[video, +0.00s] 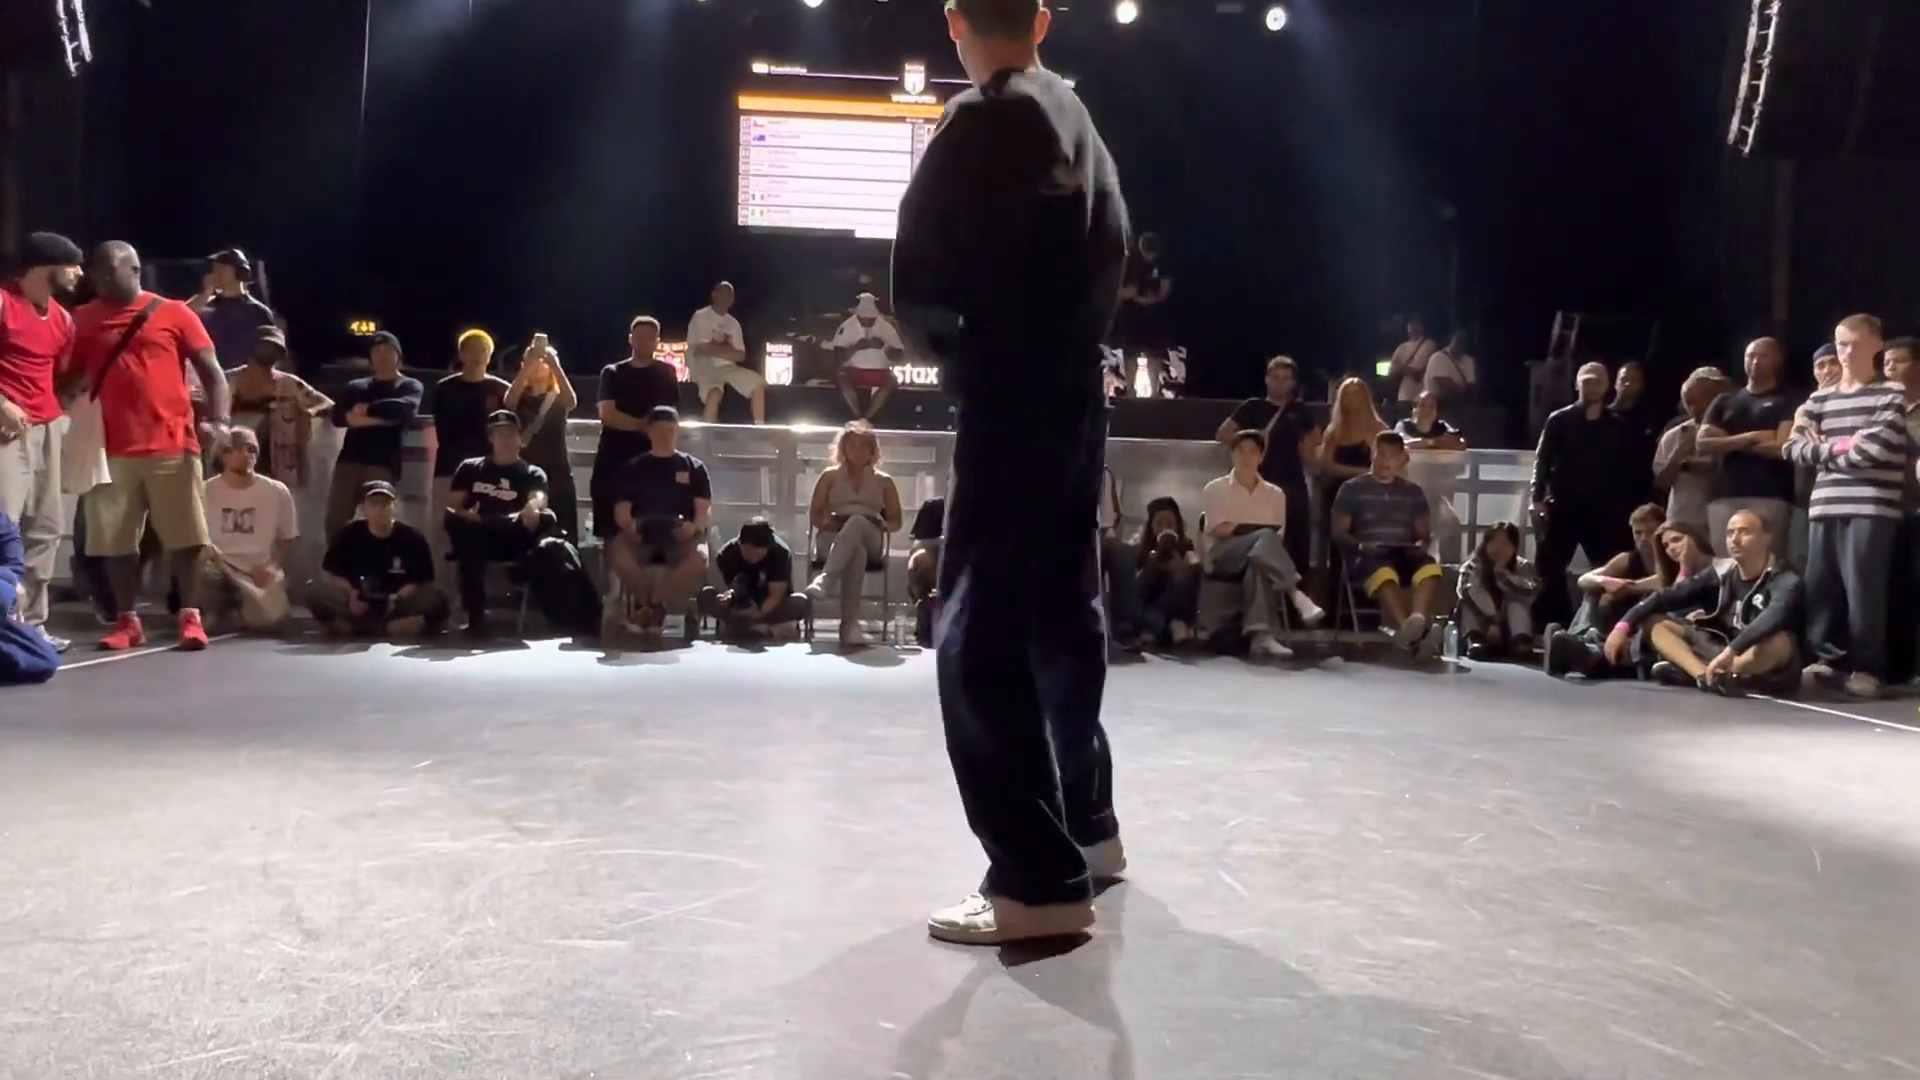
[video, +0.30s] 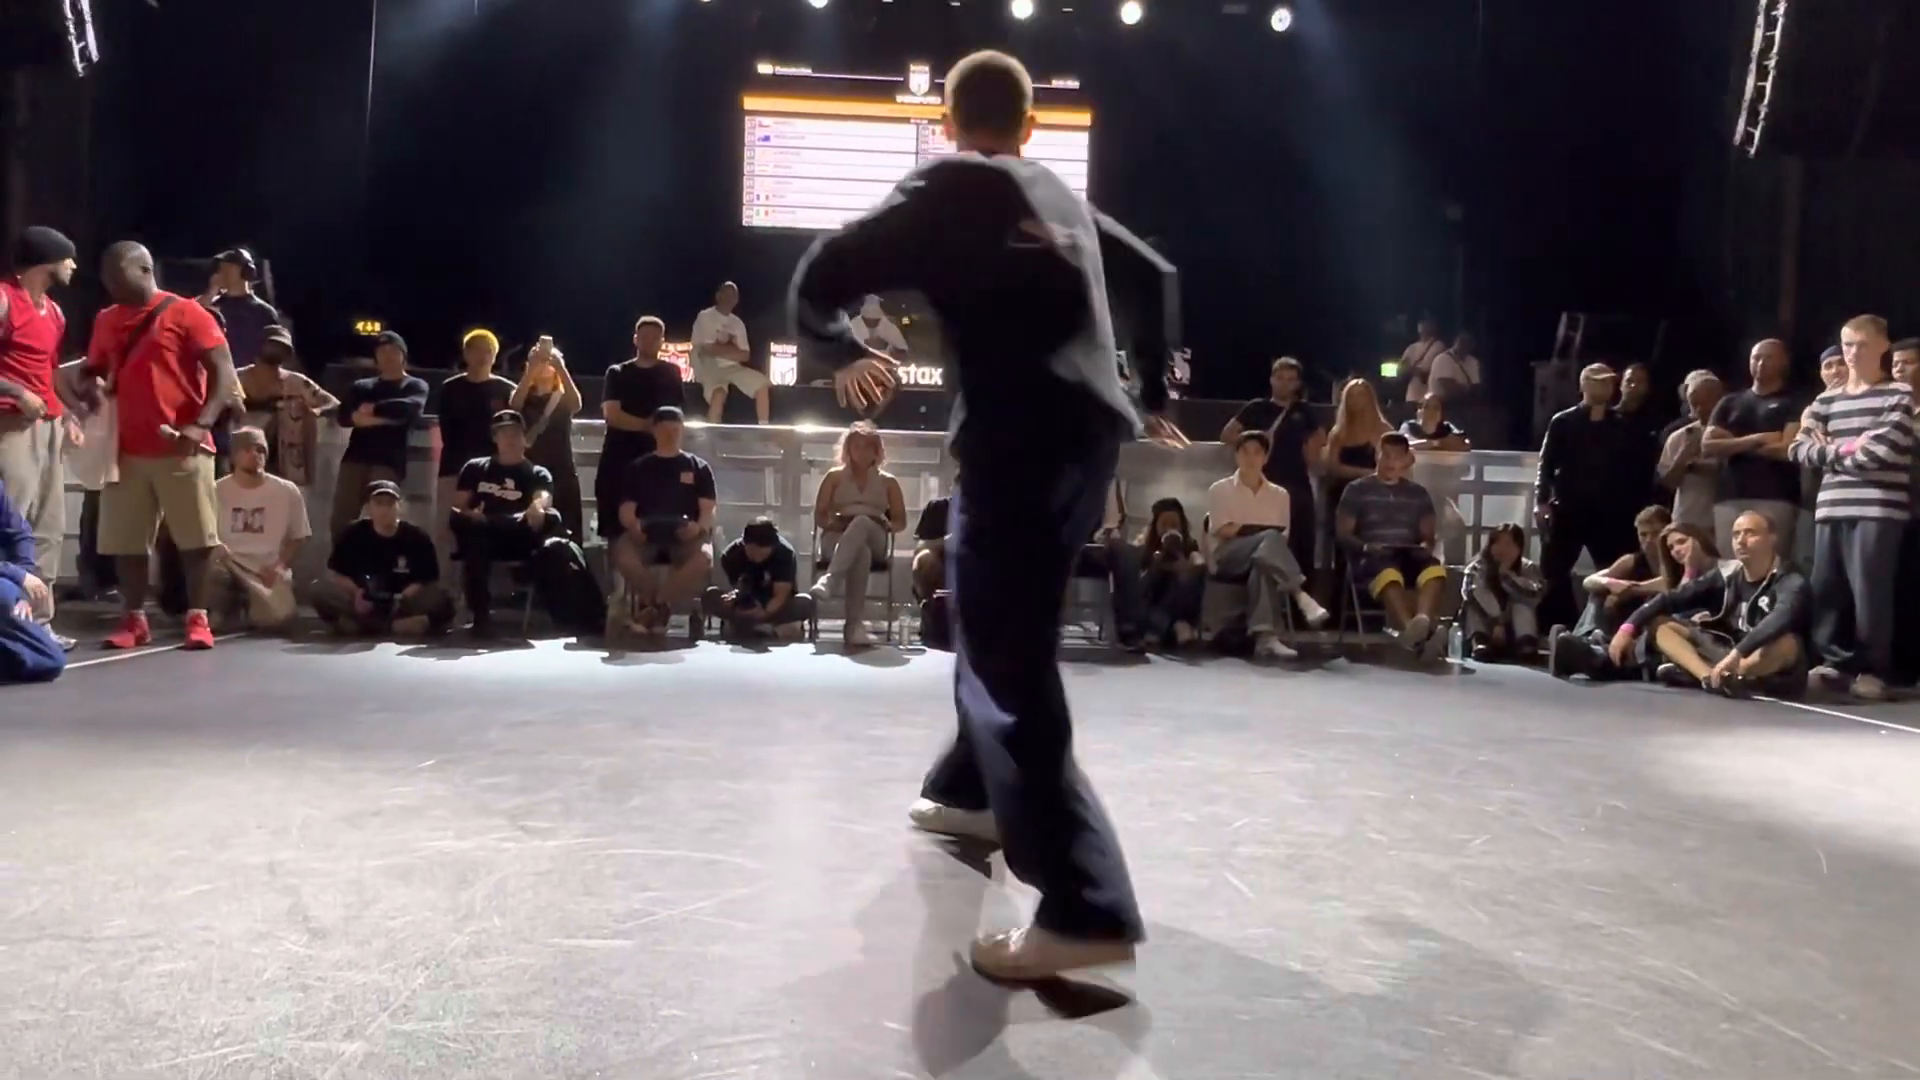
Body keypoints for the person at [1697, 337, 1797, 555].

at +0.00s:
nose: (1755, 362)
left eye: (1762, 357)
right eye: (1751, 356)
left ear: (1777, 362)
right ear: (1744, 361)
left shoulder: (1788, 401)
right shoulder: (1724, 401)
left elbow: (1783, 446)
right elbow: (1702, 443)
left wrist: (1730, 442)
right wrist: (1754, 437)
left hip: (1770, 495)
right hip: (1725, 494)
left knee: (1766, 572)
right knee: (1725, 573)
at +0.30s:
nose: (1760, 363)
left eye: (1768, 358)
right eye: (1757, 358)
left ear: (1783, 363)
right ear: (1750, 363)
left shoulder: (1794, 403)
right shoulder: (1730, 402)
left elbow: (1788, 449)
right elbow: (1708, 446)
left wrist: (1735, 444)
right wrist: (1761, 439)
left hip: (1775, 497)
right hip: (1731, 496)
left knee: (1770, 573)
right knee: (1729, 574)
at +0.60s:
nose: (1764, 364)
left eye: (1771, 359)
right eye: (1760, 359)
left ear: (1787, 364)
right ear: (1753, 363)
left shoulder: (1799, 404)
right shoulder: (1732, 403)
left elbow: (1792, 449)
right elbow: (1711, 446)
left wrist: (1739, 444)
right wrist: (1764, 439)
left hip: (1779, 498)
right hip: (1734, 497)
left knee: (1775, 576)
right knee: (1733, 577)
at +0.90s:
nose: (1770, 363)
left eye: (1777, 358)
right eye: (1766, 357)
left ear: (1793, 363)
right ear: (1760, 361)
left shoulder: (1805, 402)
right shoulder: (1739, 401)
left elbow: (1799, 448)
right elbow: (1717, 445)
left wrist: (1746, 444)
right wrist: (1770, 438)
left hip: (1786, 498)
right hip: (1740, 498)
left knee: (1781, 577)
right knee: (1741, 576)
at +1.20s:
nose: (1775, 361)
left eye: (1782, 356)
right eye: (1771, 355)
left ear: (1799, 360)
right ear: (1765, 360)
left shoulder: (1812, 401)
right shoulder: (1744, 400)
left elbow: (1804, 445)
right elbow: (1722, 443)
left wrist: (1750, 442)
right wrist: (1776, 437)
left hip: (1791, 496)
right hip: (1745, 496)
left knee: (1787, 576)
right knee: (1743, 576)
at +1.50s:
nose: (1780, 360)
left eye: (1787, 356)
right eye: (1776, 355)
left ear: (1803, 360)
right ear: (1770, 359)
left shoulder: (1817, 400)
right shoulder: (1749, 400)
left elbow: (1808, 446)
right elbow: (1726, 444)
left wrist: (1755, 441)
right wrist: (1780, 437)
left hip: (1795, 497)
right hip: (1749, 497)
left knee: (1791, 577)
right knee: (1747, 577)